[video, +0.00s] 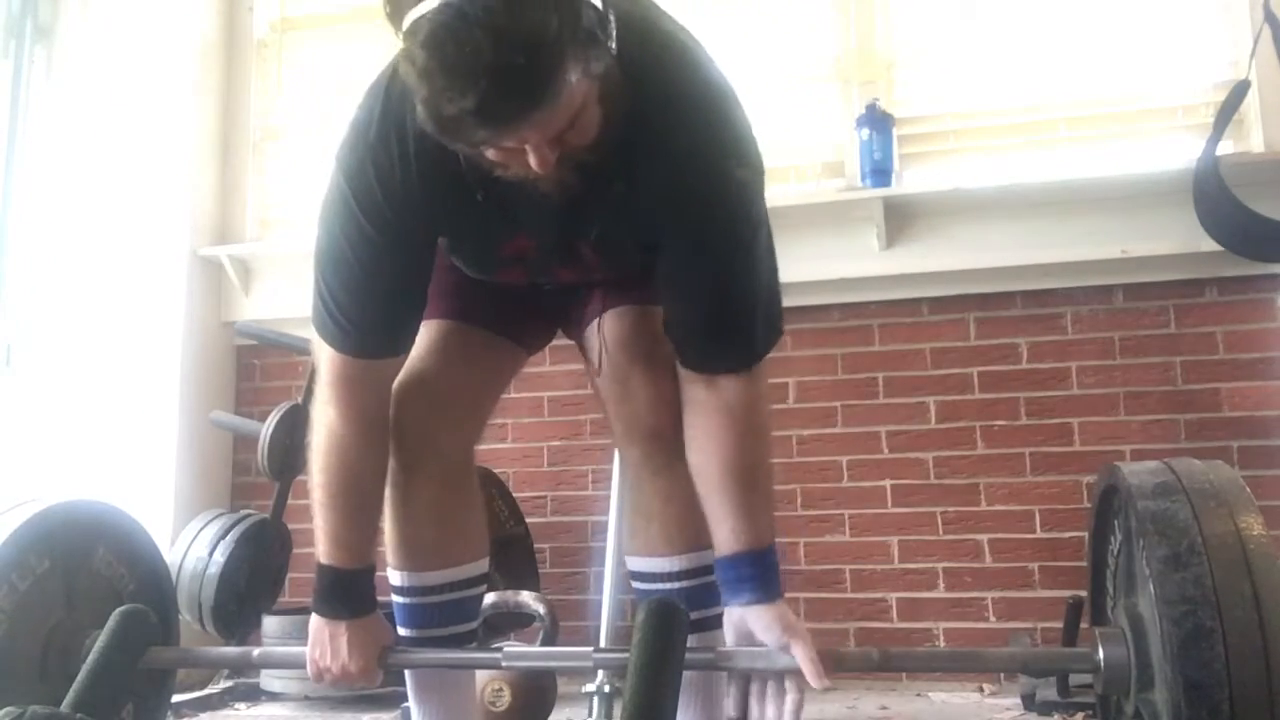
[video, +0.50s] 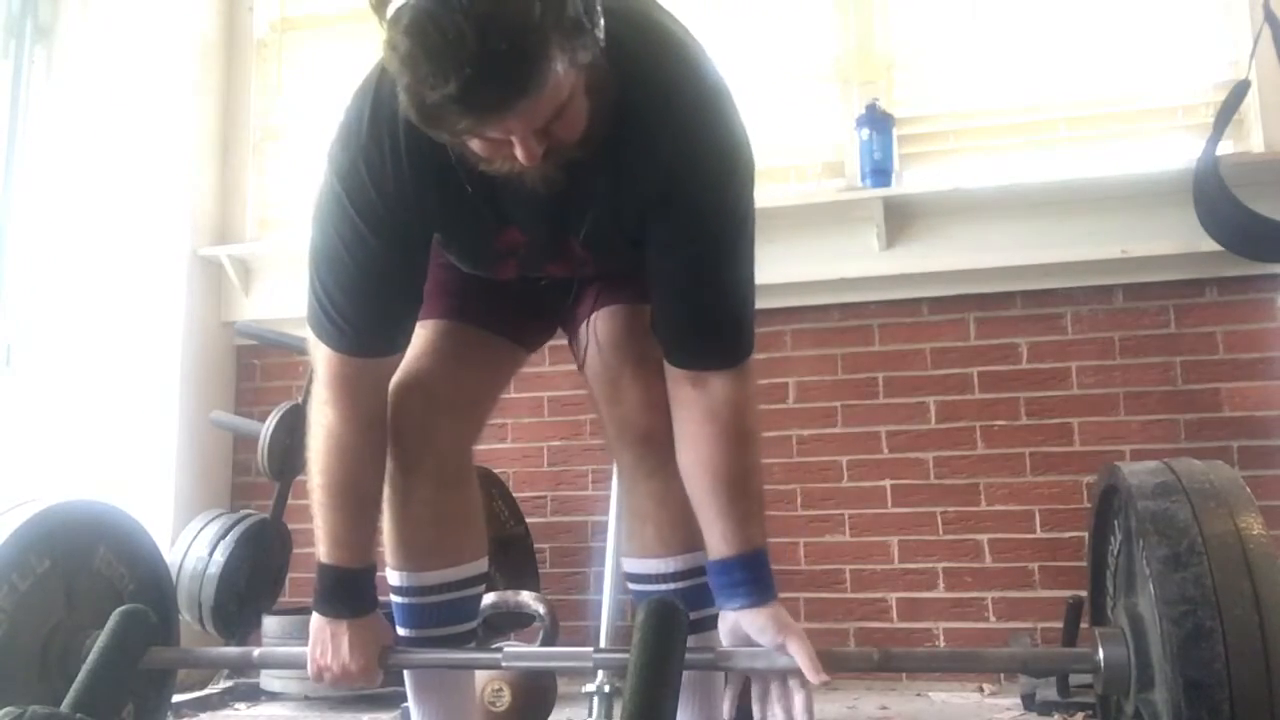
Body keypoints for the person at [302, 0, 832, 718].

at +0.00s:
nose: (543, 165)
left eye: (566, 128)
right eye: (506, 148)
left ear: (599, 58)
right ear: (450, 122)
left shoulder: (688, 112)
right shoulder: (394, 135)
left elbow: (721, 371)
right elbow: (352, 375)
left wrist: (754, 590)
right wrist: (342, 596)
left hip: (634, 257)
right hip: (487, 259)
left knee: (654, 421)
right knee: (418, 425)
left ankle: (696, 696)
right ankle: (441, 702)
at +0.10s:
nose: (536, 154)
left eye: (559, 117)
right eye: (499, 140)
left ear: (588, 48)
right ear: (443, 113)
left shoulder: (683, 103)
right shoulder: (390, 136)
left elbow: (714, 369)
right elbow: (351, 379)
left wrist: (752, 582)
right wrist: (343, 595)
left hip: (634, 248)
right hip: (489, 254)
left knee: (655, 423)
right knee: (419, 421)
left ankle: (695, 695)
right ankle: (442, 700)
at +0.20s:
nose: (528, 151)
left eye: (548, 114)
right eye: (490, 138)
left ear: (578, 44)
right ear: (437, 111)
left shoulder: (677, 95)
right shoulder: (388, 132)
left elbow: (720, 351)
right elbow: (349, 376)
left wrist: (758, 567)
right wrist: (343, 595)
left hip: (637, 251)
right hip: (488, 257)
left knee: (656, 421)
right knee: (419, 420)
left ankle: (696, 700)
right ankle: (442, 702)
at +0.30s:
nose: (529, 153)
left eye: (549, 116)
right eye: (491, 140)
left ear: (580, 48)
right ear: (435, 111)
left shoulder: (675, 94)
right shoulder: (388, 129)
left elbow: (716, 361)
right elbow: (349, 375)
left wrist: (755, 579)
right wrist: (343, 596)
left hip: (633, 251)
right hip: (486, 256)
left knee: (654, 421)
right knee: (419, 420)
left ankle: (692, 699)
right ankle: (442, 703)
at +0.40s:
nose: (531, 154)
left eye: (552, 117)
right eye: (492, 140)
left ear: (582, 46)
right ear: (436, 110)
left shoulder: (682, 104)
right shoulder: (386, 132)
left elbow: (711, 371)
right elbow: (350, 375)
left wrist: (750, 591)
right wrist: (343, 596)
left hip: (631, 250)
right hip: (486, 255)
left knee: (650, 422)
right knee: (418, 424)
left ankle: (695, 698)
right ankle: (441, 702)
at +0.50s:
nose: (531, 153)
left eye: (552, 117)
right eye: (492, 140)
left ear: (583, 48)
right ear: (436, 113)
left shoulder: (681, 107)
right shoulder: (384, 133)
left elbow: (709, 373)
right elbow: (349, 376)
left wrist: (748, 593)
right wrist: (343, 596)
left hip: (629, 245)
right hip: (484, 251)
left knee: (646, 423)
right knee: (416, 423)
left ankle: (694, 698)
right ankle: (441, 702)